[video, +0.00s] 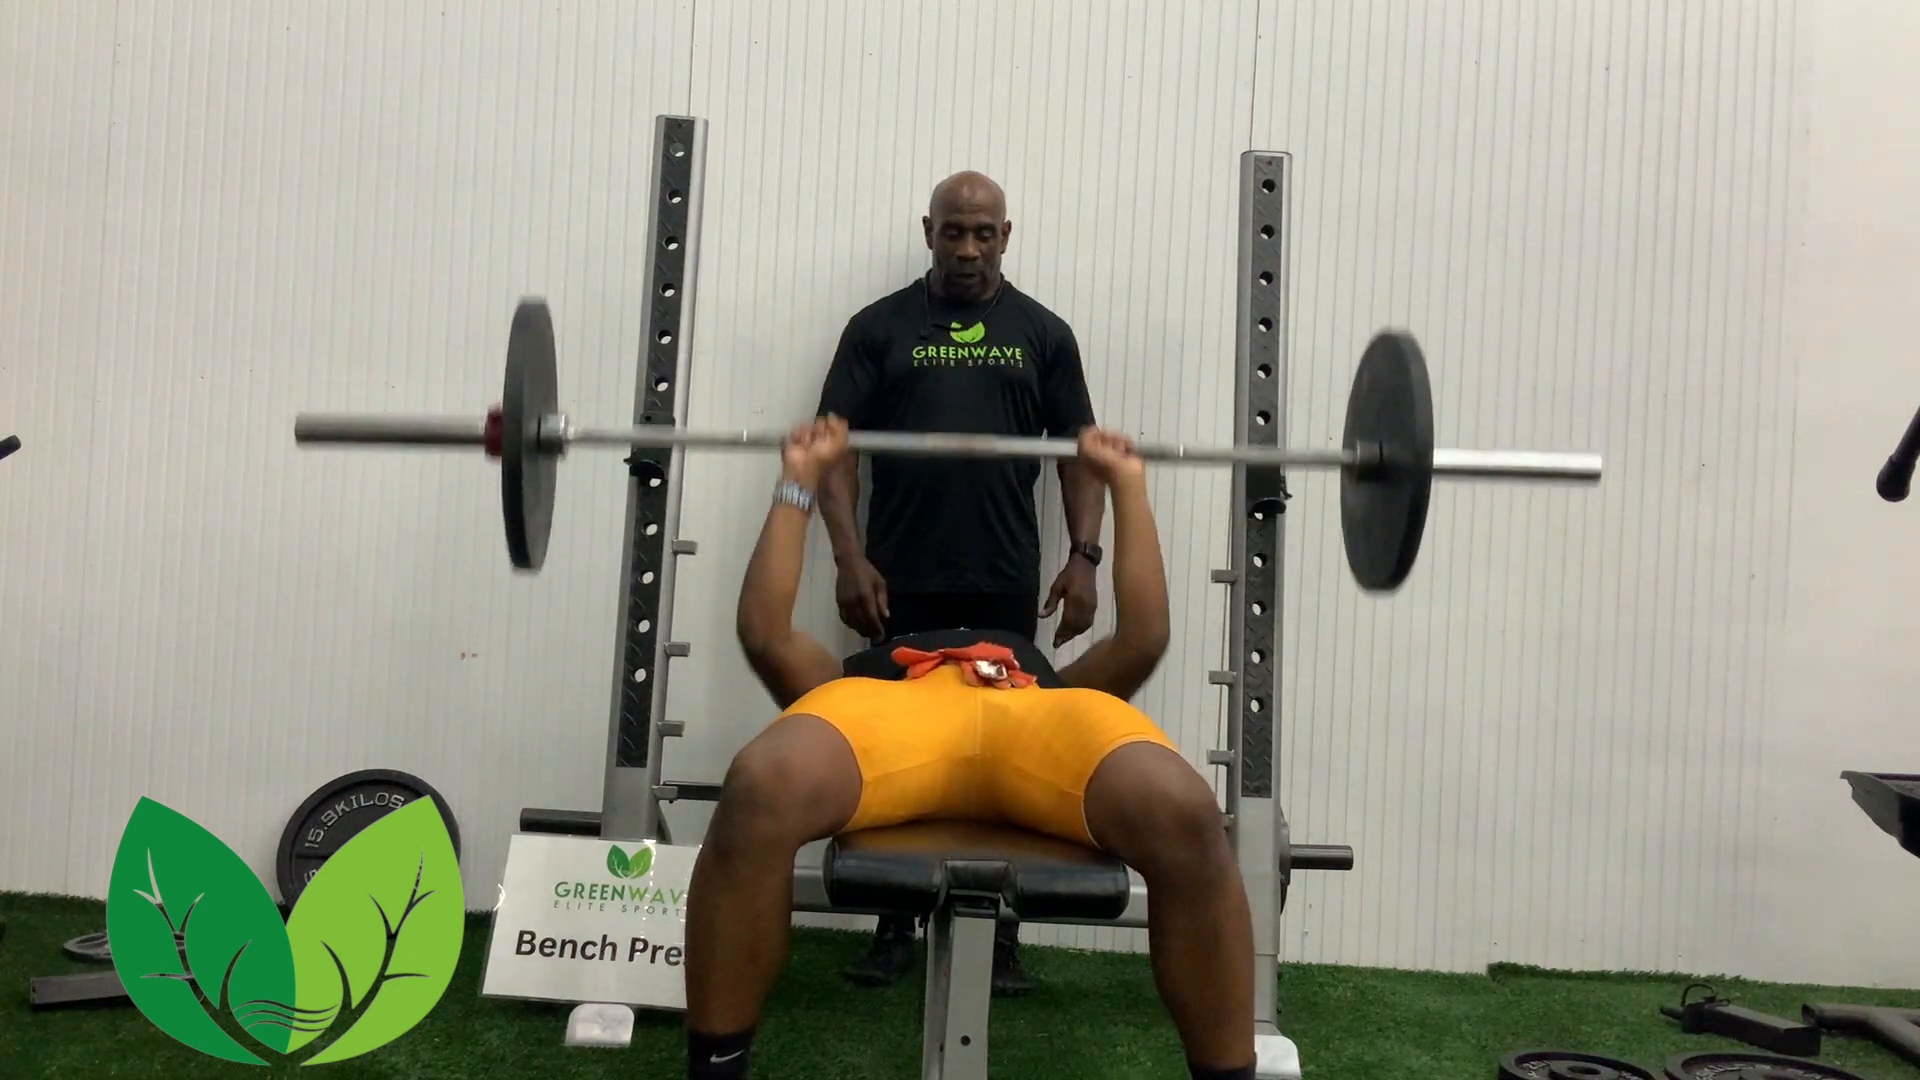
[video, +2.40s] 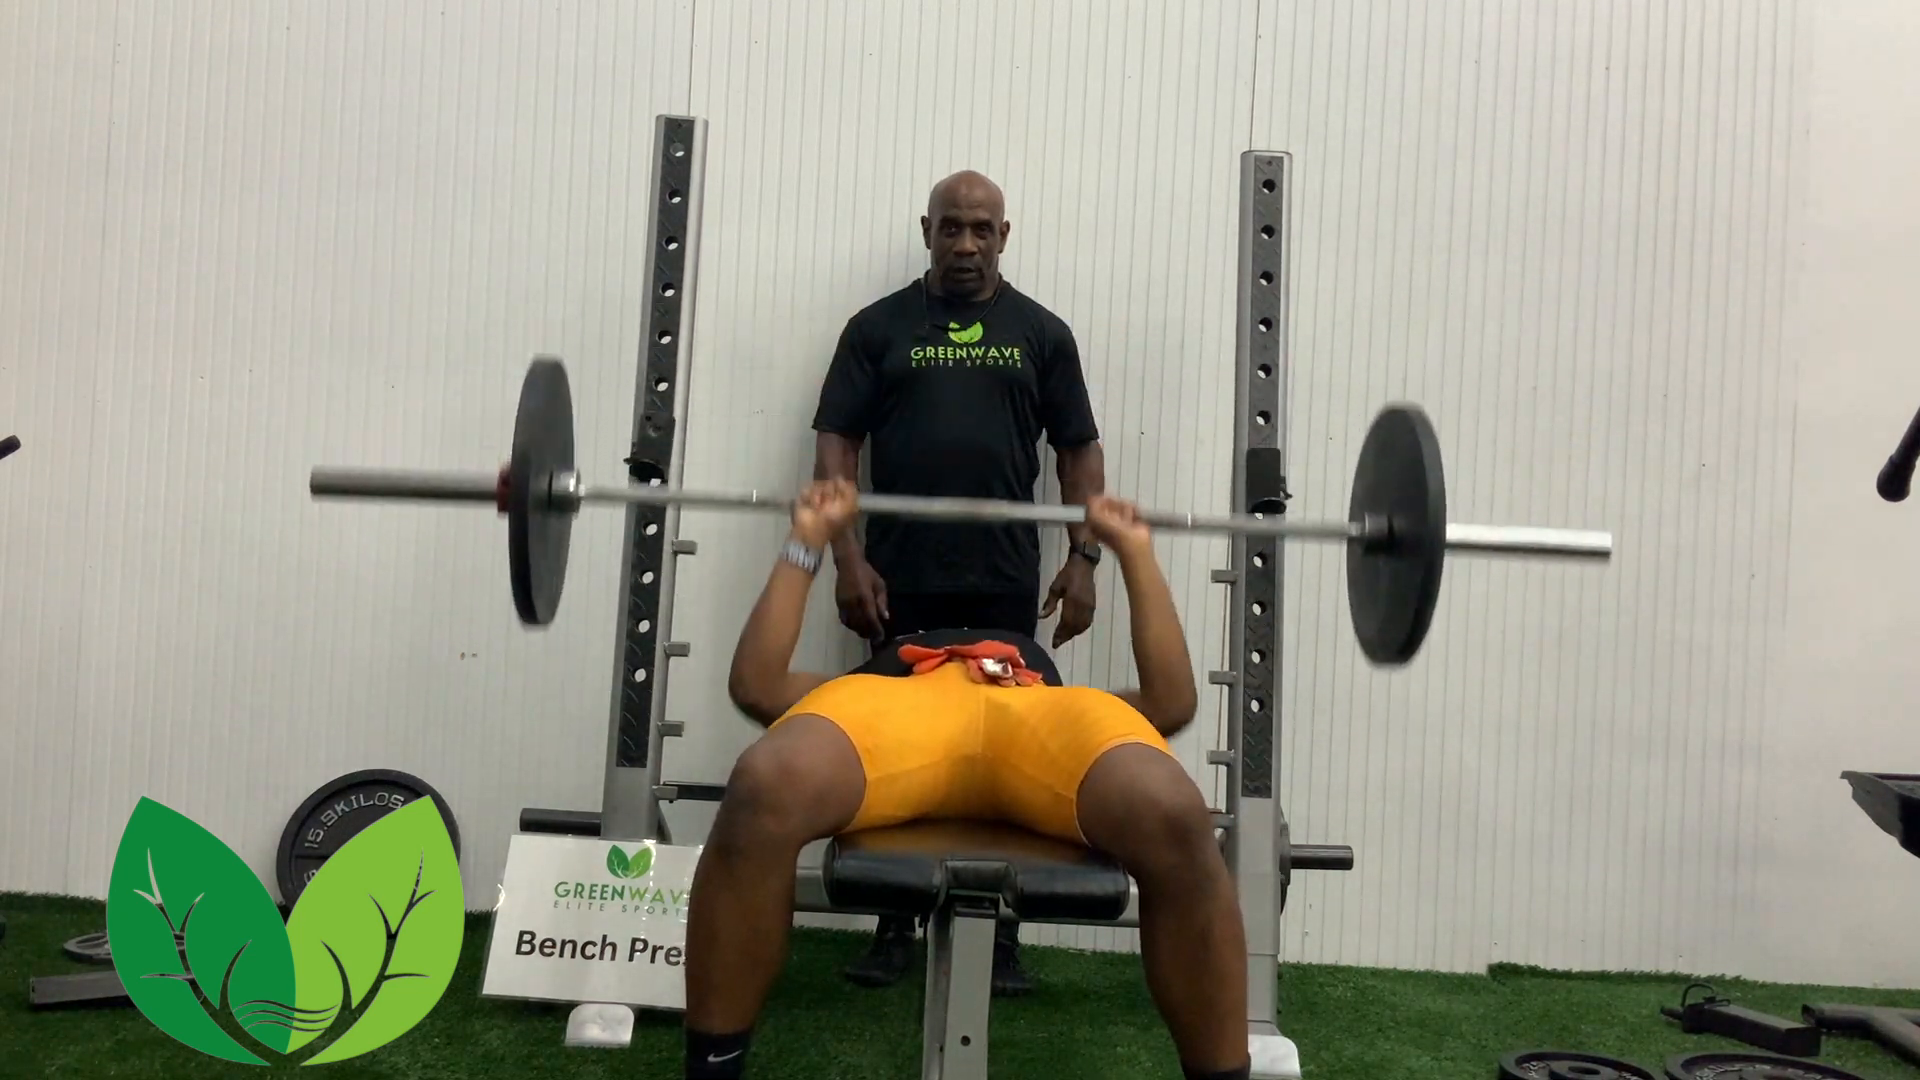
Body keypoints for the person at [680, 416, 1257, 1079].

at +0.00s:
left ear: (1026, 674)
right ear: (902, 656)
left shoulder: (1056, 685)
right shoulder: (857, 677)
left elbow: (1142, 634)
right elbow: (765, 630)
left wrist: (1129, 485)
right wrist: (797, 488)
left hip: (1041, 711)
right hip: (881, 705)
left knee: (1188, 819)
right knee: (759, 785)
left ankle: (1230, 1073)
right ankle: (715, 1065)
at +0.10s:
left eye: (996, 661)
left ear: (1013, 670)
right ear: (909, 655)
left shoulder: (1045, 684)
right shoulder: (874, 678)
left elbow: (1149, 705)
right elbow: (755, 699)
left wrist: (1125, 553)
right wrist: (791, 555)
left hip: (1038, 707)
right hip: (891, 697)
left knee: (1185, 819)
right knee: (758, 791)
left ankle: (1227, 1070)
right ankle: (714, 1065)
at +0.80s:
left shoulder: (1061, 687)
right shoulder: (854, 684)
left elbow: (1130, 587)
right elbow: (764, 585)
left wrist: (1109, 432)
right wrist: (782, 435)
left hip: (1039, 706)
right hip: (891, 697)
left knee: (1186, 814)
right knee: (759, 790)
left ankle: (1227, 1070)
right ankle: (720, 1064)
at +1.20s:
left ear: (1023, 667)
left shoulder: (1054, 685)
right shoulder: (860, 679)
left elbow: (1155, 646)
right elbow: (752, 636)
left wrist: (1124, 492)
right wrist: (793, 496)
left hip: (1046, 706)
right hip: (885, 699)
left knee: (1189, 819)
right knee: (763, 791)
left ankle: (1230, 1074)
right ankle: (714, 1066)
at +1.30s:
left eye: (1004, 657)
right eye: (942, 655)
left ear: (1024, 670)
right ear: (922, 664)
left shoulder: (1050, 685)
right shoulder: (875, 682)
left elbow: (1171, 708)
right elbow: (745, 700)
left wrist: (1125, 555)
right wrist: (790, 559)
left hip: (1043, 706)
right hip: (895, 698)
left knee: (1189, 820)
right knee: (760, 793)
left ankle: (1226, 1073)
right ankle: (712, 1066)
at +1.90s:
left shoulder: (1064, 691)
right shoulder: (859, 684)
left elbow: (1149, 611)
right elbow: (761, 595)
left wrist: (1128, 453)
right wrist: (796, 451)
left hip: (1040, 708)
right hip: (890, 702)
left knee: (1179, 817)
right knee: (759, 789)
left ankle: (1224, 1070)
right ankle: (716, 1064)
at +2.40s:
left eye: (1001, 656)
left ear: (1019, 662)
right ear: (915, 657)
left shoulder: (1058, 691)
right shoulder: (874, 680)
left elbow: (1171, 703)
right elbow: (755, 685)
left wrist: (1136, 552)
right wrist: (805, 547)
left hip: (1041, 704)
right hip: (895, 696)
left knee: (1179, 822)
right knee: (758, 792)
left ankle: (1224, 1069)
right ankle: (712, 1066)